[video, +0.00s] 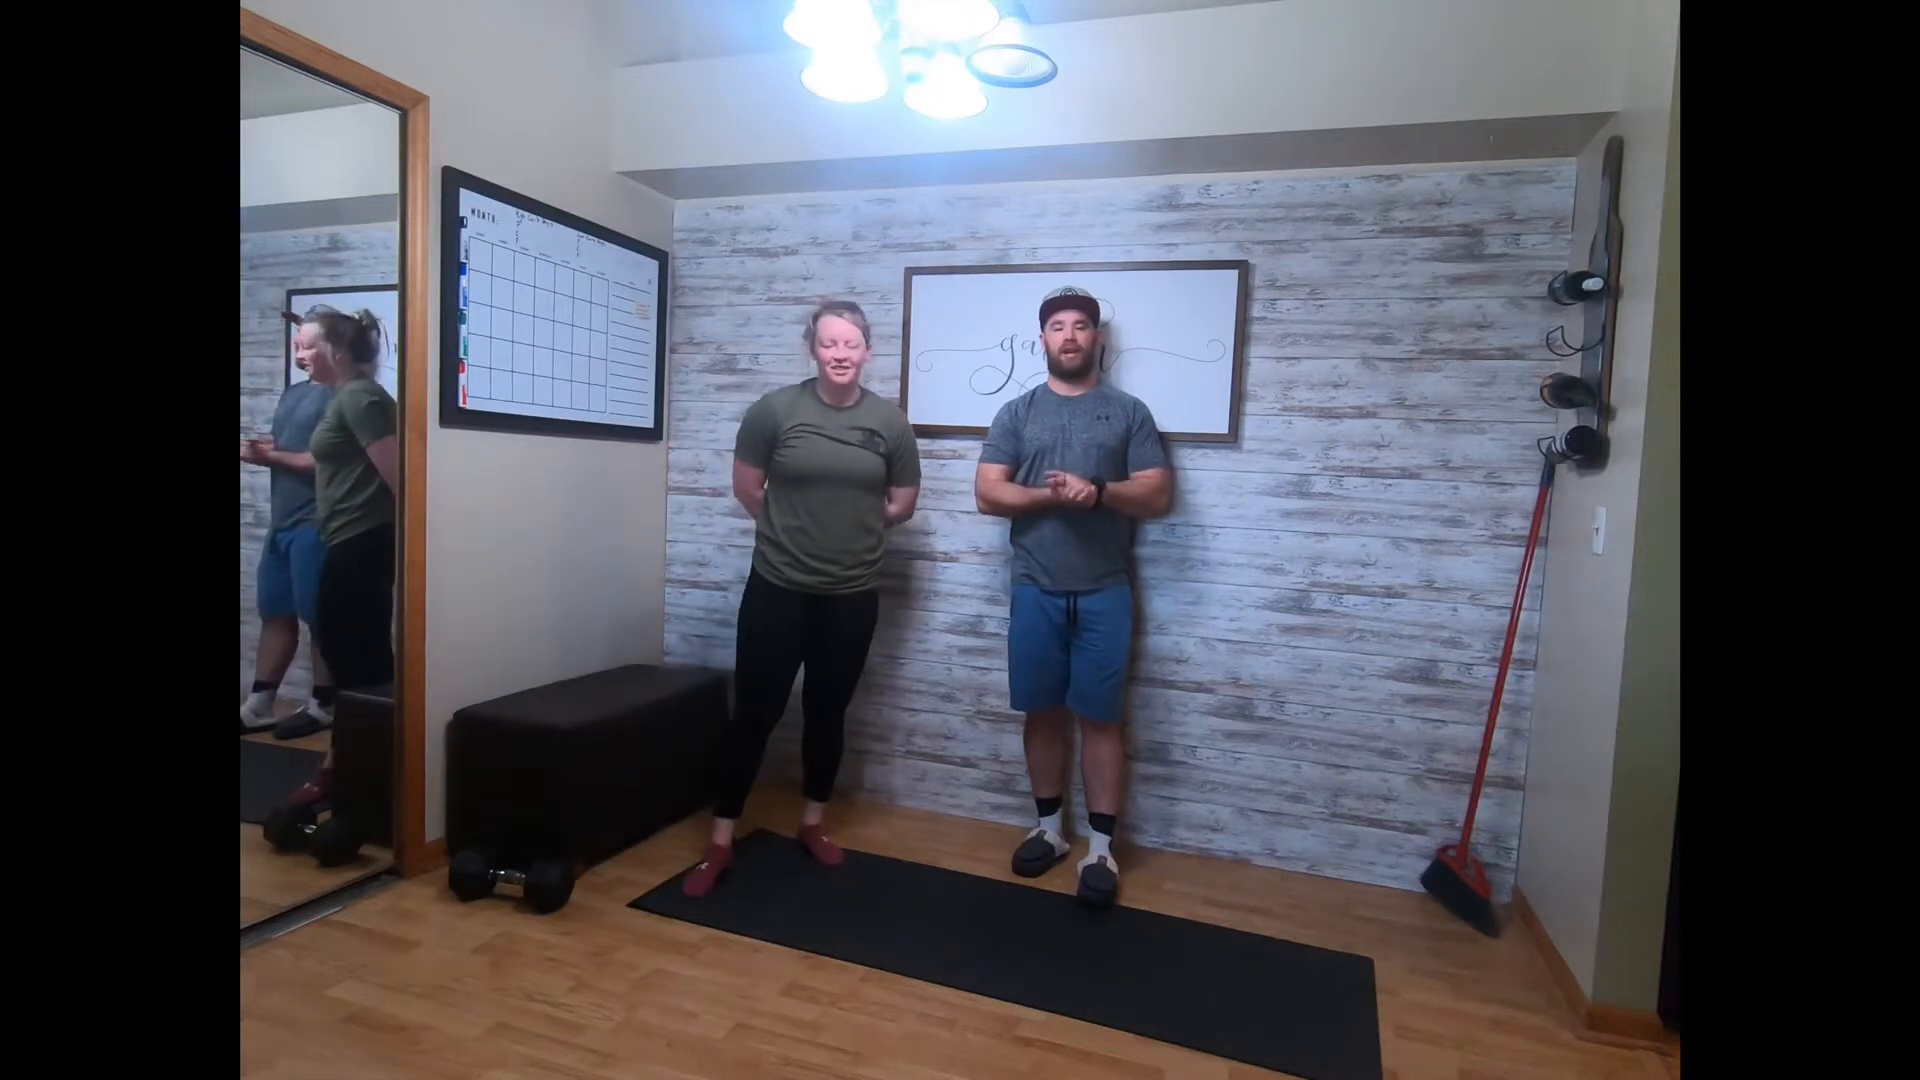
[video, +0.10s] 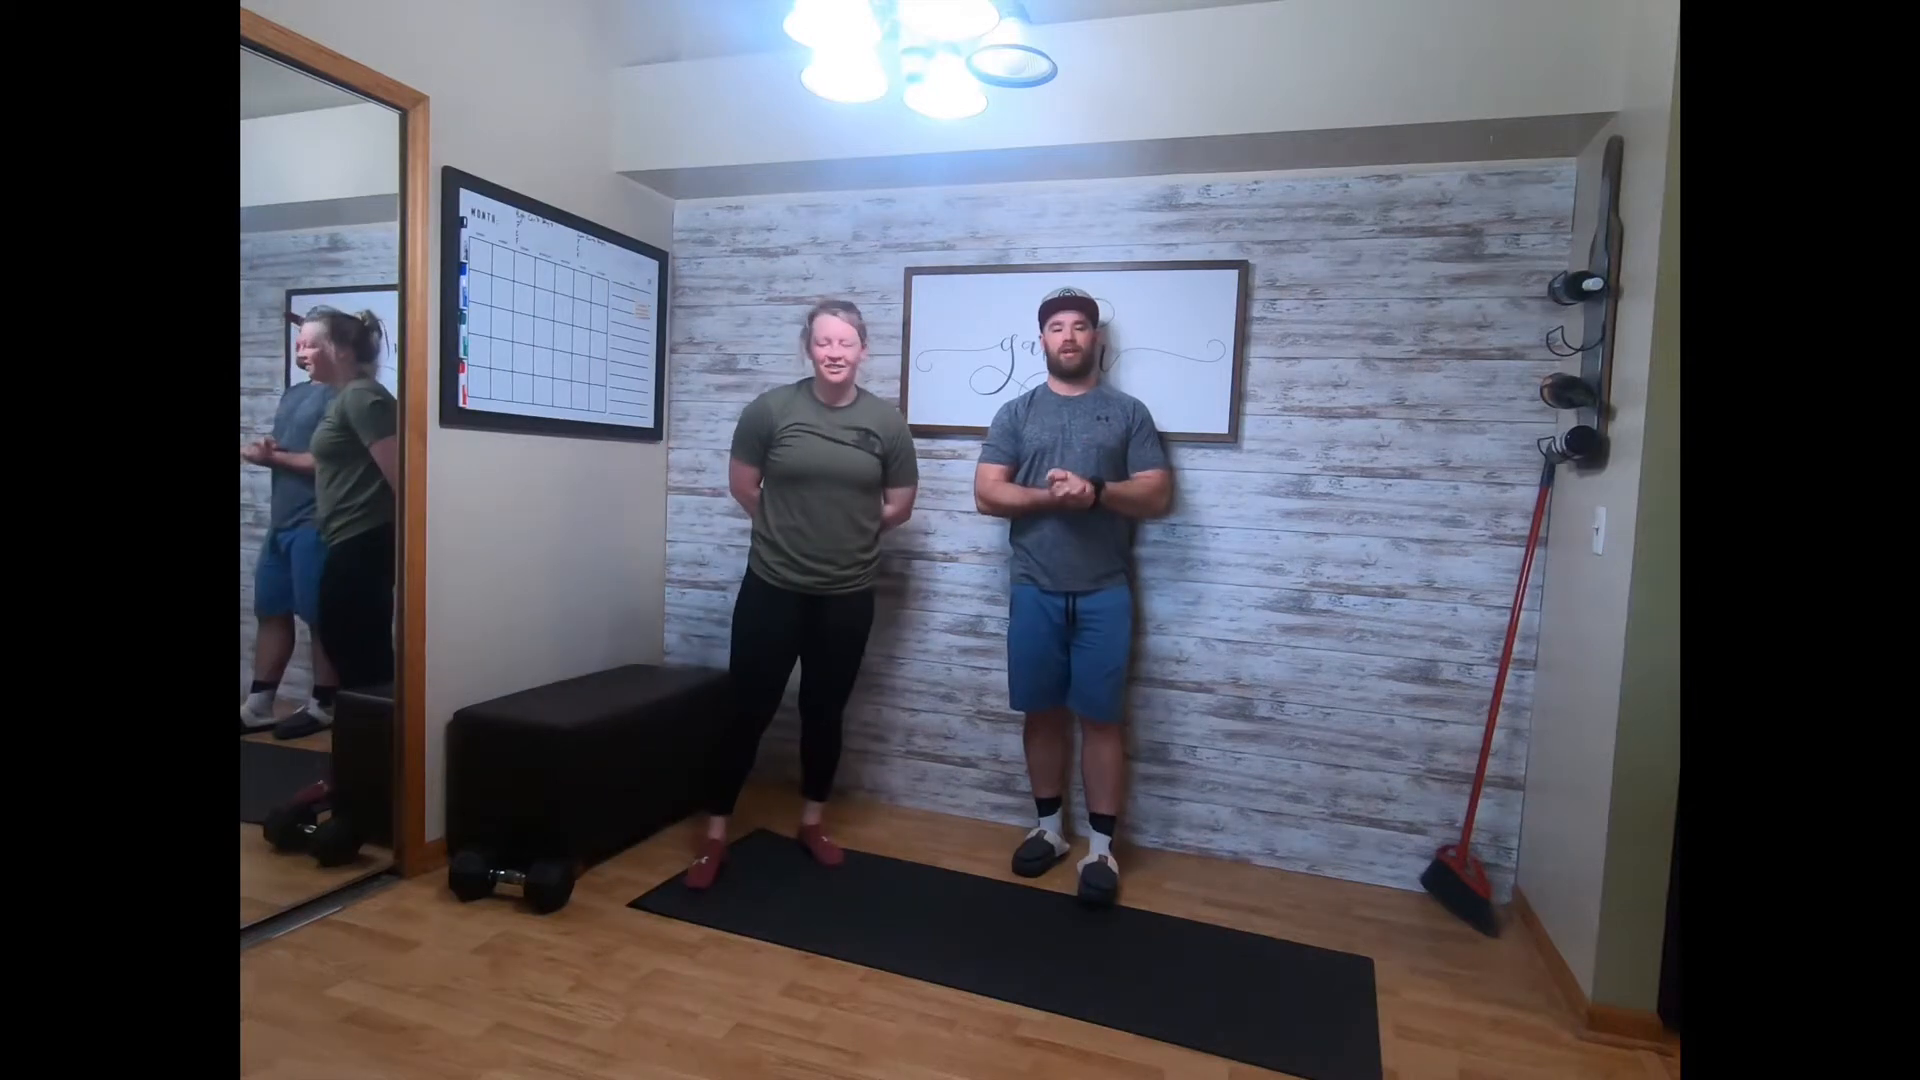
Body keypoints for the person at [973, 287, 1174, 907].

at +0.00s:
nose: (1069, 334)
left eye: (1080, 325)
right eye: (1057, 326)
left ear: (1097, 338)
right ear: (1043, 340)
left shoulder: (1127, 412)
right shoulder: (1018, 413)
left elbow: (1157, 495)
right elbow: (988, 493)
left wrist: (1096, 491)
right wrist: (1050, 495)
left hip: (1105, 586)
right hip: (1035, 584)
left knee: (1099, 714)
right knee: (1041, 710)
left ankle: (1100, 851)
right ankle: (1048, 831)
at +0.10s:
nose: (1068, 335)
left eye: (1079, 326)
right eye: (1057, 328)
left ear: (1097, 338)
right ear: (1042, 341)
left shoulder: (1127, 413)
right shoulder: (1017, 413)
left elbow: (1156, 497)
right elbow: (987, 493)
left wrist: (1094, 490)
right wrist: (1051, 497)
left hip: (1104, 586)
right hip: (1035, 585)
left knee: (1100, 715)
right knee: (1041, 711)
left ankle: (1100, 851)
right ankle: (1048, 831)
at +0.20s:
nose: (1067, 335)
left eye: (1078, 327)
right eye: (1056, 328)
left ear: (1095, 339)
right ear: (1041, 341)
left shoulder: (1126, 413)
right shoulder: (1016, 413)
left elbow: (1156, 497)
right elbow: (986, 493)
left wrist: (1092, 491)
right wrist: (1049, 495)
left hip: (1104, 586)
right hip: (1034, 585)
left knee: (1100, 715)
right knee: (1041, 711)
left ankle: (1101, 851)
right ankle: (1048, 831)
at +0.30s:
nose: (1066, 335)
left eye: (1077, 326)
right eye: (1054, 328)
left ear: (1095, 339)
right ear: (1041, 342)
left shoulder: (1126, 414)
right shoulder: (1016, 413)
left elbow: (1156, 497)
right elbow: (986, 493)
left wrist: (1092, 493)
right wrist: (1049, 495)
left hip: (1104, 586)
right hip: (1033, 585)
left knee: (1100, 715)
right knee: (1040, 711)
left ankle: (1100, 851)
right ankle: (1048, 831)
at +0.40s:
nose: (1067, 333)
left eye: (1078, 325)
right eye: (1055, 326)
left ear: (1095, 339)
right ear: (1040, 342)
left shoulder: (1126, 414)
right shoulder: (1016, 414)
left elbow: (1155, 498)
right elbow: (986, 493)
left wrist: (1092, 492)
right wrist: (1046, 494)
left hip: (1102, 586)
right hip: (1032, 585)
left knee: (1099, 716)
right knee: (1040, 711)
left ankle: (1099, 851)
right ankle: (1048, 831)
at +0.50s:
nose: (1067, 332)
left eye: (1078, 324)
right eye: (1055, 326)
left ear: (1095, 339)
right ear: (1040, 341)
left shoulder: (1125, 414)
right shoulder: (1015, 414)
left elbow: (1154, 498)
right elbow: (986, 494)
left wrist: (1089, 490)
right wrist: (1047, 493)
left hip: (1102, 585)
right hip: (1032, 585)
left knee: (1098, 715)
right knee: (1040, 711)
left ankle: (1099, 851)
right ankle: (1048, 830)